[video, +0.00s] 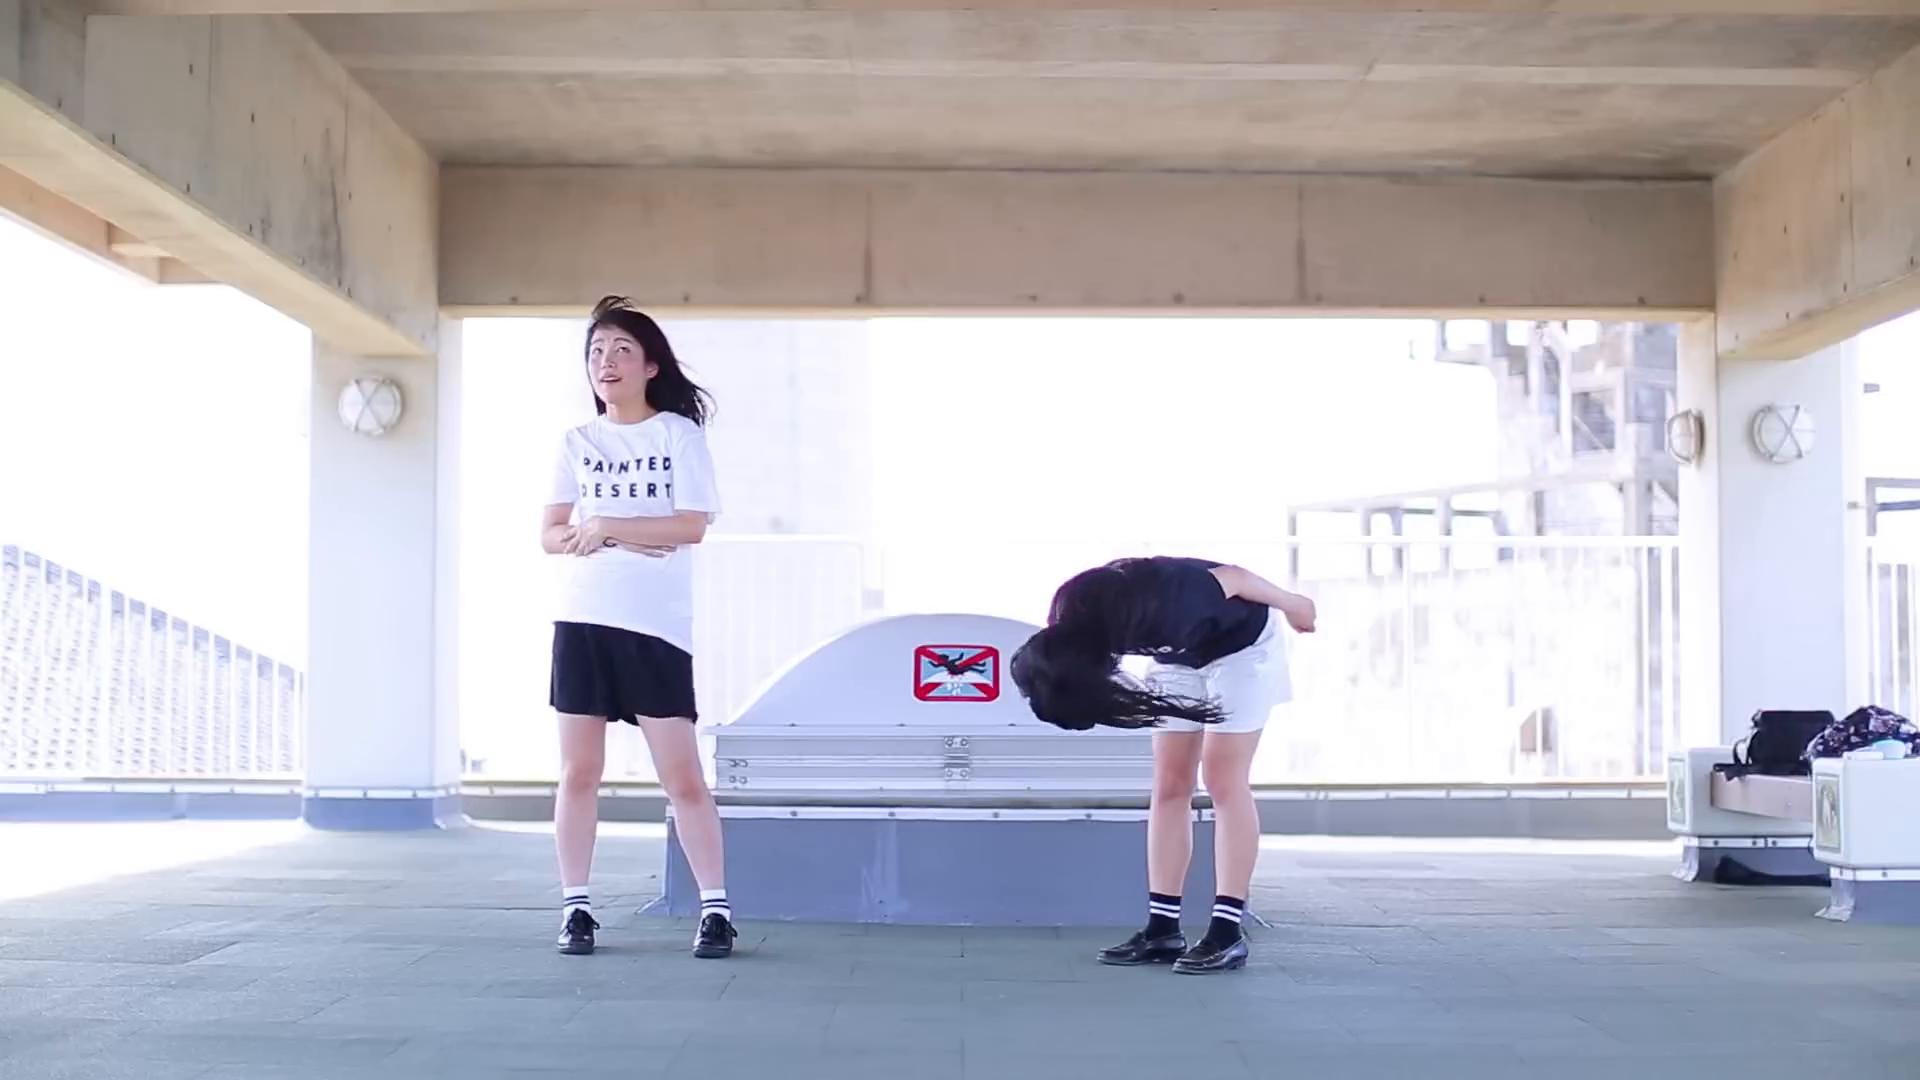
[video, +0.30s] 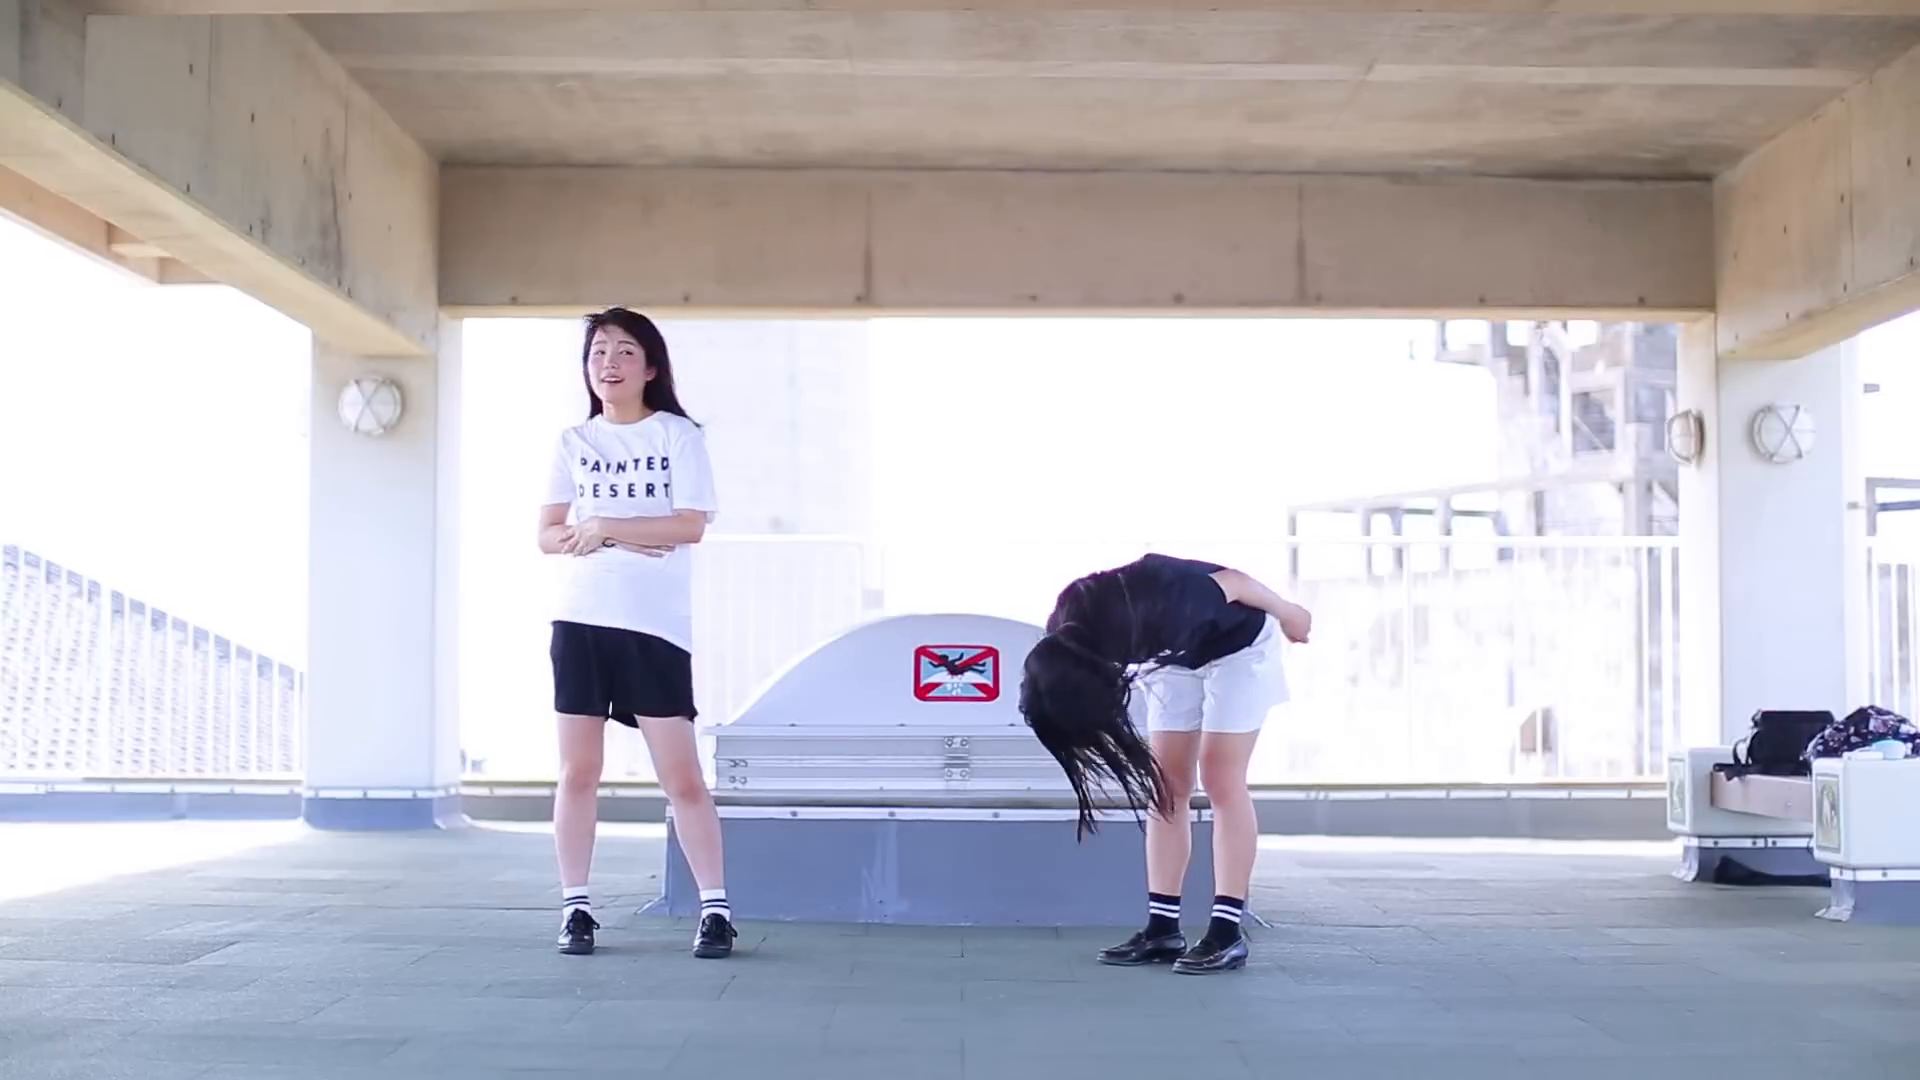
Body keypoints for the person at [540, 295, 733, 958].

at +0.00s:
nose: (606, 361)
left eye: (621, 349)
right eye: (597, 350)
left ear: (652, 363)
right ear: (587, 364)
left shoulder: (680, 433)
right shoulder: (577, 440)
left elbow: (693, 527)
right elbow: (551, 536)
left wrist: (604, 526)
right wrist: (607, 535)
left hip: (657, 625)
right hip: (582, 625)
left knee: (684, 781)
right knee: (578, 774)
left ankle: (714, 910)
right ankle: (575, 909)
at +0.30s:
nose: (609, 360)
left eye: (623, 350)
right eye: (599, 351)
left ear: (650, 363)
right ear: (585, 365)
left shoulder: (680, 433)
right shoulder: (573, 441)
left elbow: (692, 526)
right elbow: (548, 537)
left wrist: (602, 527)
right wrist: (623, 536)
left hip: (656, 627)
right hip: (579, 625)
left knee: (684, 782)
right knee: (577, 774)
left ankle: (714, 909)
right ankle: (575, 908)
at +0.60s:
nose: (624, 361)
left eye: (638, 350)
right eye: (611, 350)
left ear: (657, 364)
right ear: (592, 361)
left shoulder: (681, 435)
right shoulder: (570, 438)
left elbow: (693, 529)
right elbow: (544, 535)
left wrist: (605, 528)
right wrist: (620, 535)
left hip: (657, 626)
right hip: (579, 625)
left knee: (684, 781)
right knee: (577, 773)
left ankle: (714, 909)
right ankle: (576, 908)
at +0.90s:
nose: (654, 363)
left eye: (665, 353)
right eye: (640, 350)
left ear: (676, 366)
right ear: (612, 360)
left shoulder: (695, 438)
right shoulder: (579, 435)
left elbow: (711, 531)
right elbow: (553, 531)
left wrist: (635, 527)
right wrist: (643, 536)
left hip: (674, 626)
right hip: (595, 623)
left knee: (698, 781)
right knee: (587, 773)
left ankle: (717, 909)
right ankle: (577, 906)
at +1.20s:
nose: (700, 369)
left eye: (710, 360)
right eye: (688, 354)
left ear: (717, 372)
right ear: (654, 358)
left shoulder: (727, 440)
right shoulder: (619, 433)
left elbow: (746, 531)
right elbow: (592, 530)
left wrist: (672, 527)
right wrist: (685, 529)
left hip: (718, 629)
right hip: (643, 626)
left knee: (719, 778)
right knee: (613, 775)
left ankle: (720, 910)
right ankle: (582, 906)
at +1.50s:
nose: (737, 372)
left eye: (748, 364)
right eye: (727, 357)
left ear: (754, 375)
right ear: (692, 357)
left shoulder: (758, 444)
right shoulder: (651, 429)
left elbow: (773, 539)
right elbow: (622, 525)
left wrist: (698, 532)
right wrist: (721, 534)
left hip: (739, 630)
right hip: (664, 626)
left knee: (728, 777)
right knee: (650, 780)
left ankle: (720, 911)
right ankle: (631, 902)